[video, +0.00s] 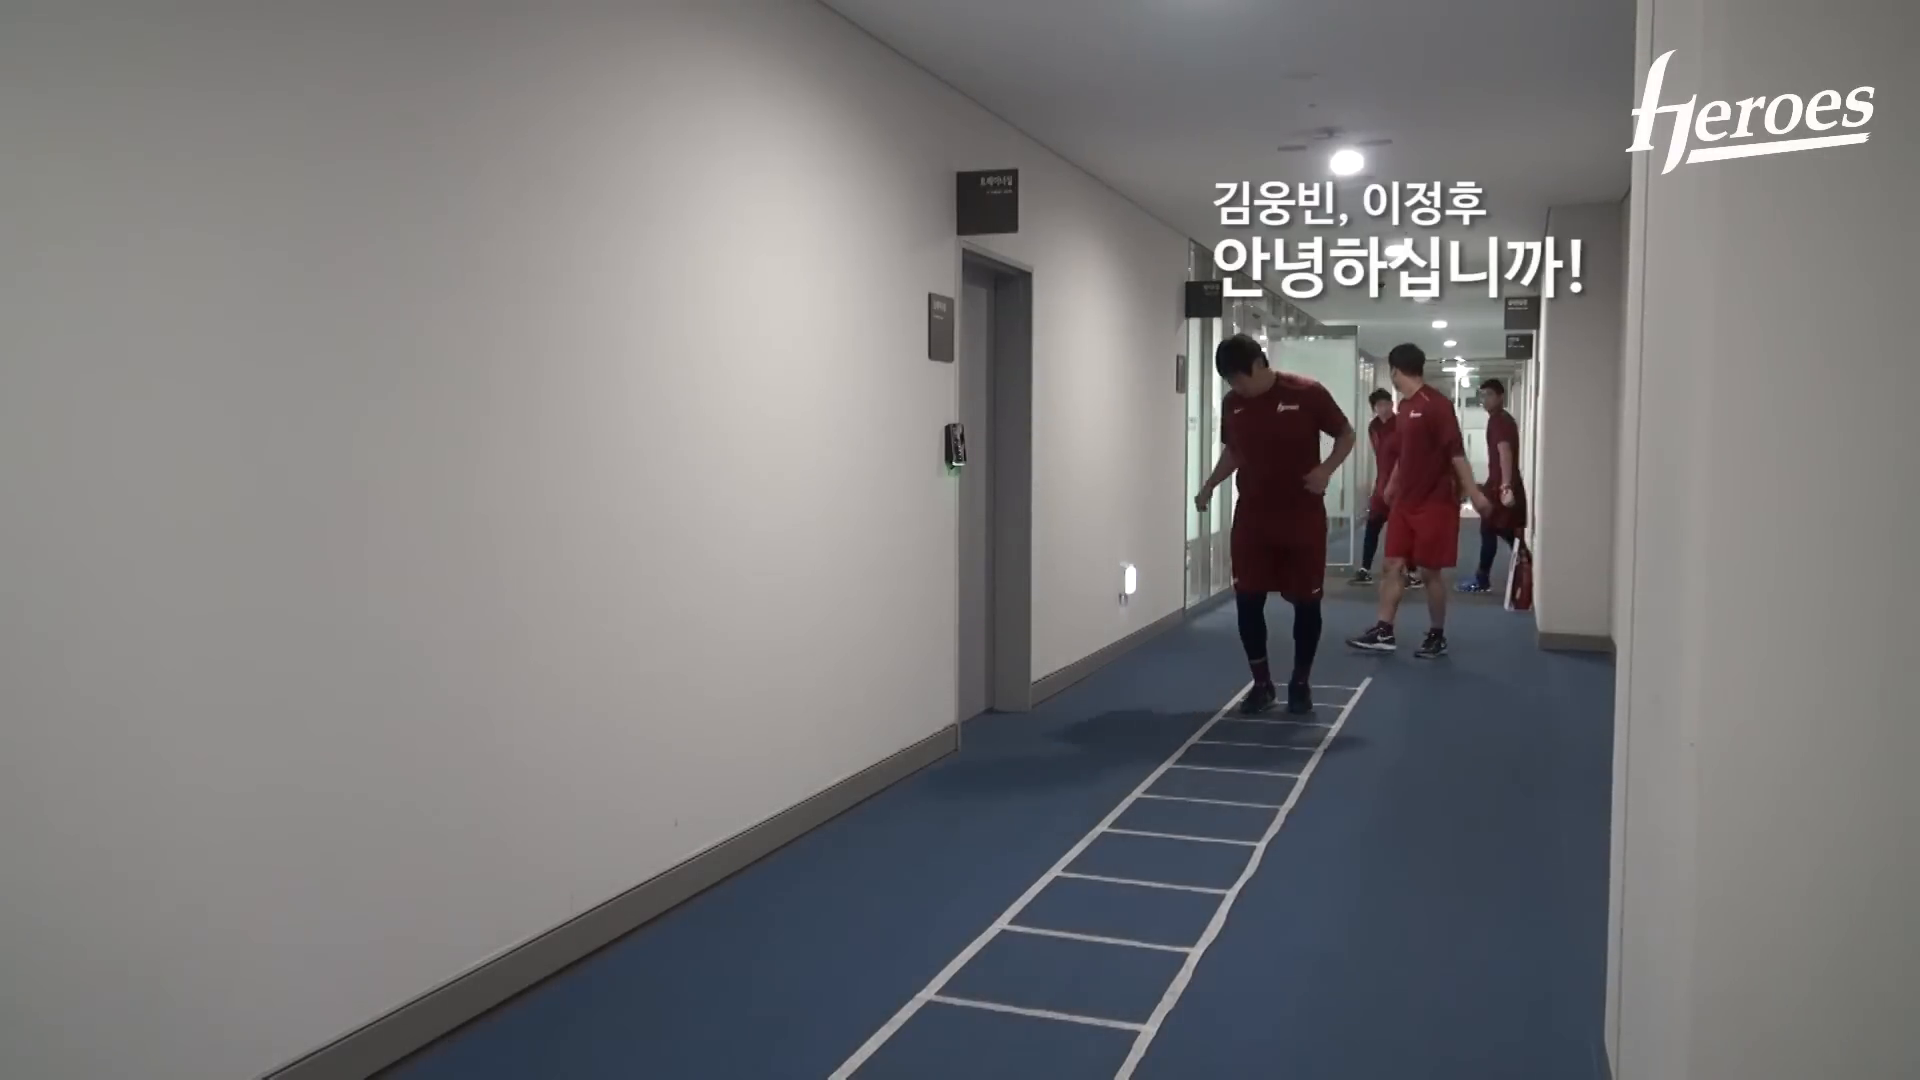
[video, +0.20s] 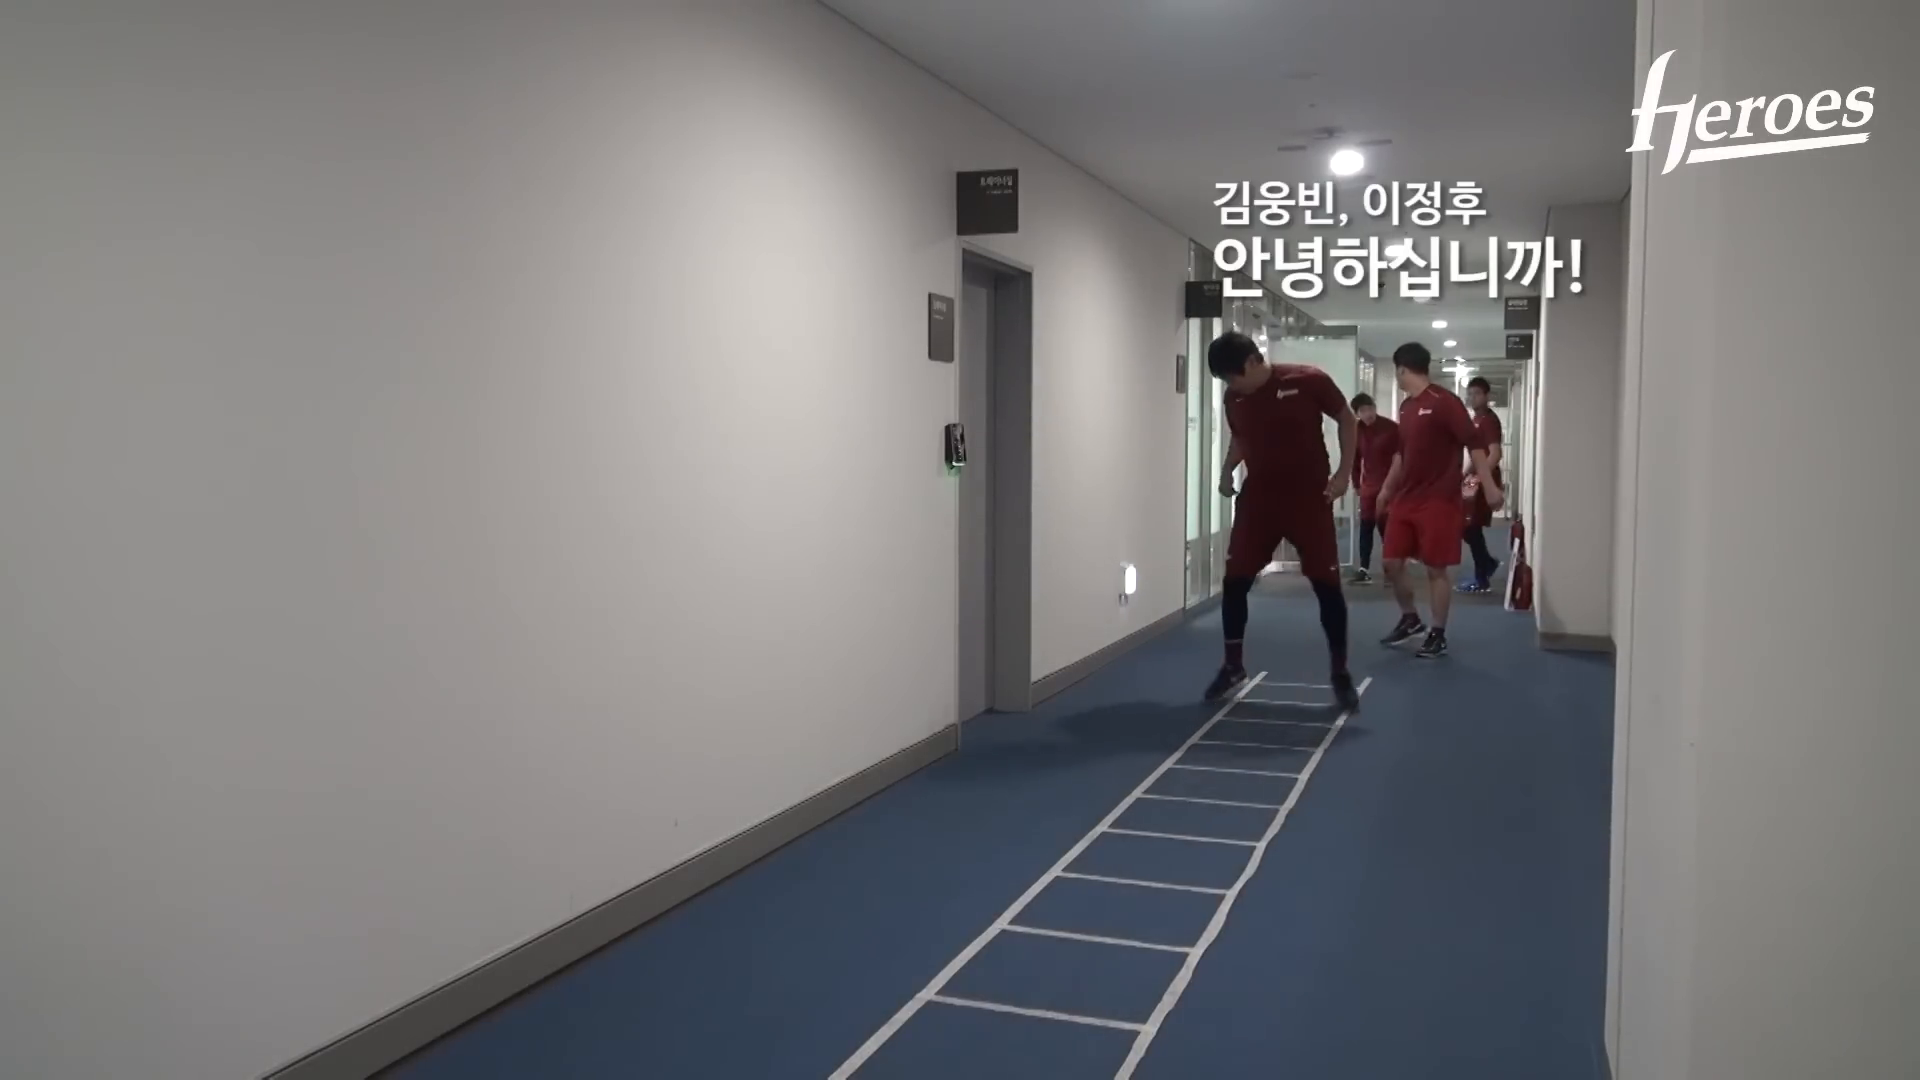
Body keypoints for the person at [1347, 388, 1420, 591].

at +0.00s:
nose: (1383, 409)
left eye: (1386, 404)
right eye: (1379, 405)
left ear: (1392, 405)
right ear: (1374, 408)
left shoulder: (1401, 425)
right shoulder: (1374, 428)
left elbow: (1407, 455)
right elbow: (1380, 456)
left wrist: (1400, 481)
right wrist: (1379, 483)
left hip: (1401, 485)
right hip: (1382, 485)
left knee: (1405, 527)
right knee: (1373, 525)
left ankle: (1412, 570)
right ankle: (1365, 568)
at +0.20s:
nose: (1365, 415)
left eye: (1367, 410)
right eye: (1361, 412)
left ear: (1374, 408)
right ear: (1357, 414)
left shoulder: (1391, 427)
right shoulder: (1357, 430)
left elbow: (1400, 455)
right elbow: (1355, 457)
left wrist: (1395, 482)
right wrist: (1356, 483)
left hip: (1388, 485)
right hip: (1368, 486)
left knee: (1386, 527)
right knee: (1366, 527)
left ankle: (1393, 568)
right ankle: (1363, 567)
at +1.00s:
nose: (1355, 410)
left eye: (1358, 405)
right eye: (1352, 406)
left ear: (1366, 406)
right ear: (1348, 409)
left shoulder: (1378, 425)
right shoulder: (1344, 427)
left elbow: (1385, 457)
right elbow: (1340, 455)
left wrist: (1386, 486)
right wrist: (1339, 479)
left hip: (1372, 486)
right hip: (1349, 485)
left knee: (1375, 527)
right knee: (1338, 523)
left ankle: (1375, 569)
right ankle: (1340, 563)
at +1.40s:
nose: (1337, 408)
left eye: (1340, 403)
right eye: (1333, 404)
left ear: (1345, 404)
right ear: (1326, 406)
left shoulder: (1359, 427)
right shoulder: (1322, 428)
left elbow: (1367, 457)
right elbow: (1316, 454)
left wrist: (1363, 481)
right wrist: (1319, 477)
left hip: (1353, 482)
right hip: (1330, 482)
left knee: (1358, 524)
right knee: (1326, 525)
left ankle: (1369, 567)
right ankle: (1323, 566)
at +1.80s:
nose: (1328, 436)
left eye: (1330, 432)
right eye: (1324, 432)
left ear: (1337, 426)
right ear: (1320, 430)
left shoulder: (1352, 438)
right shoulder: (1315, 441)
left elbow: (1356, 470)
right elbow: (1311, 468)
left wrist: (1342, 491)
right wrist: (1315, 490)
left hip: (1346, 491)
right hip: (1324, 490)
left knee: (1344, 527)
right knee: (1323, 528)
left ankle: (1342, 565)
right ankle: (1323, 565)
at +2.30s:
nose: (1325, 413)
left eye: (1329, 409)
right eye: (1322, 409)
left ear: (1335, 410)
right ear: (1317, 409)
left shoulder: (1345, 432)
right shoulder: (1311, 427)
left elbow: (1348, 465)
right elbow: (1306, 456)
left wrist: (1337, 488)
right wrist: (1301, 483)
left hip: (1339, 484)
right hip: (1318, 483)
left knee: (1339, 524)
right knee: (1313, 522)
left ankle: (1340, 566)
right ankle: (1317, 565)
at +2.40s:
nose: (1322, 405)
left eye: (1326, 401)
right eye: (1319, 401)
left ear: (1332, 404)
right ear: (1314, 403)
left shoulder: (1340, 429)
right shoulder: (1309, 426)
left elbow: (1342, 463)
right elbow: (1305, 456)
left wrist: (1322, 478)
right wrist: (1296, 480)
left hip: (1336, 484)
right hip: (1315, 483)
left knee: (1337, 522)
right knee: (1306, 520)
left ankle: (1340, 566)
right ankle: (1309, 563)